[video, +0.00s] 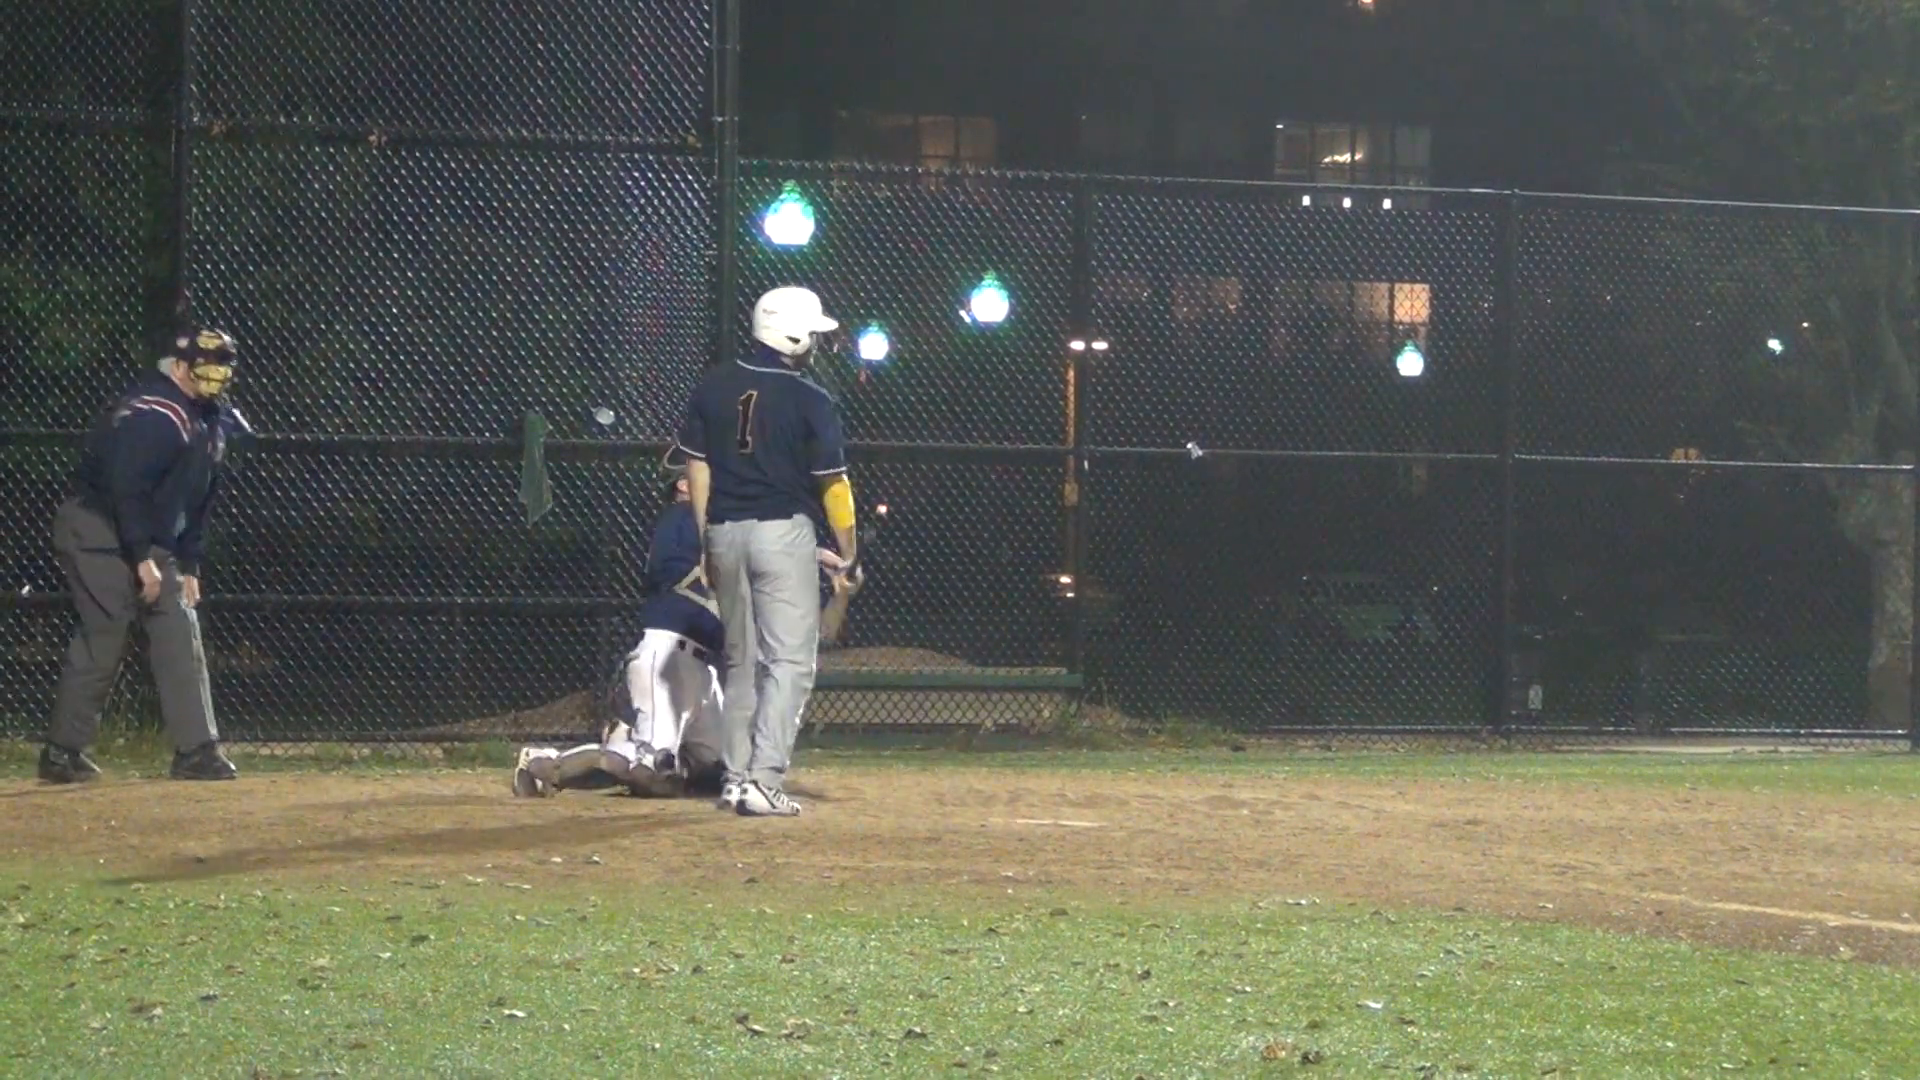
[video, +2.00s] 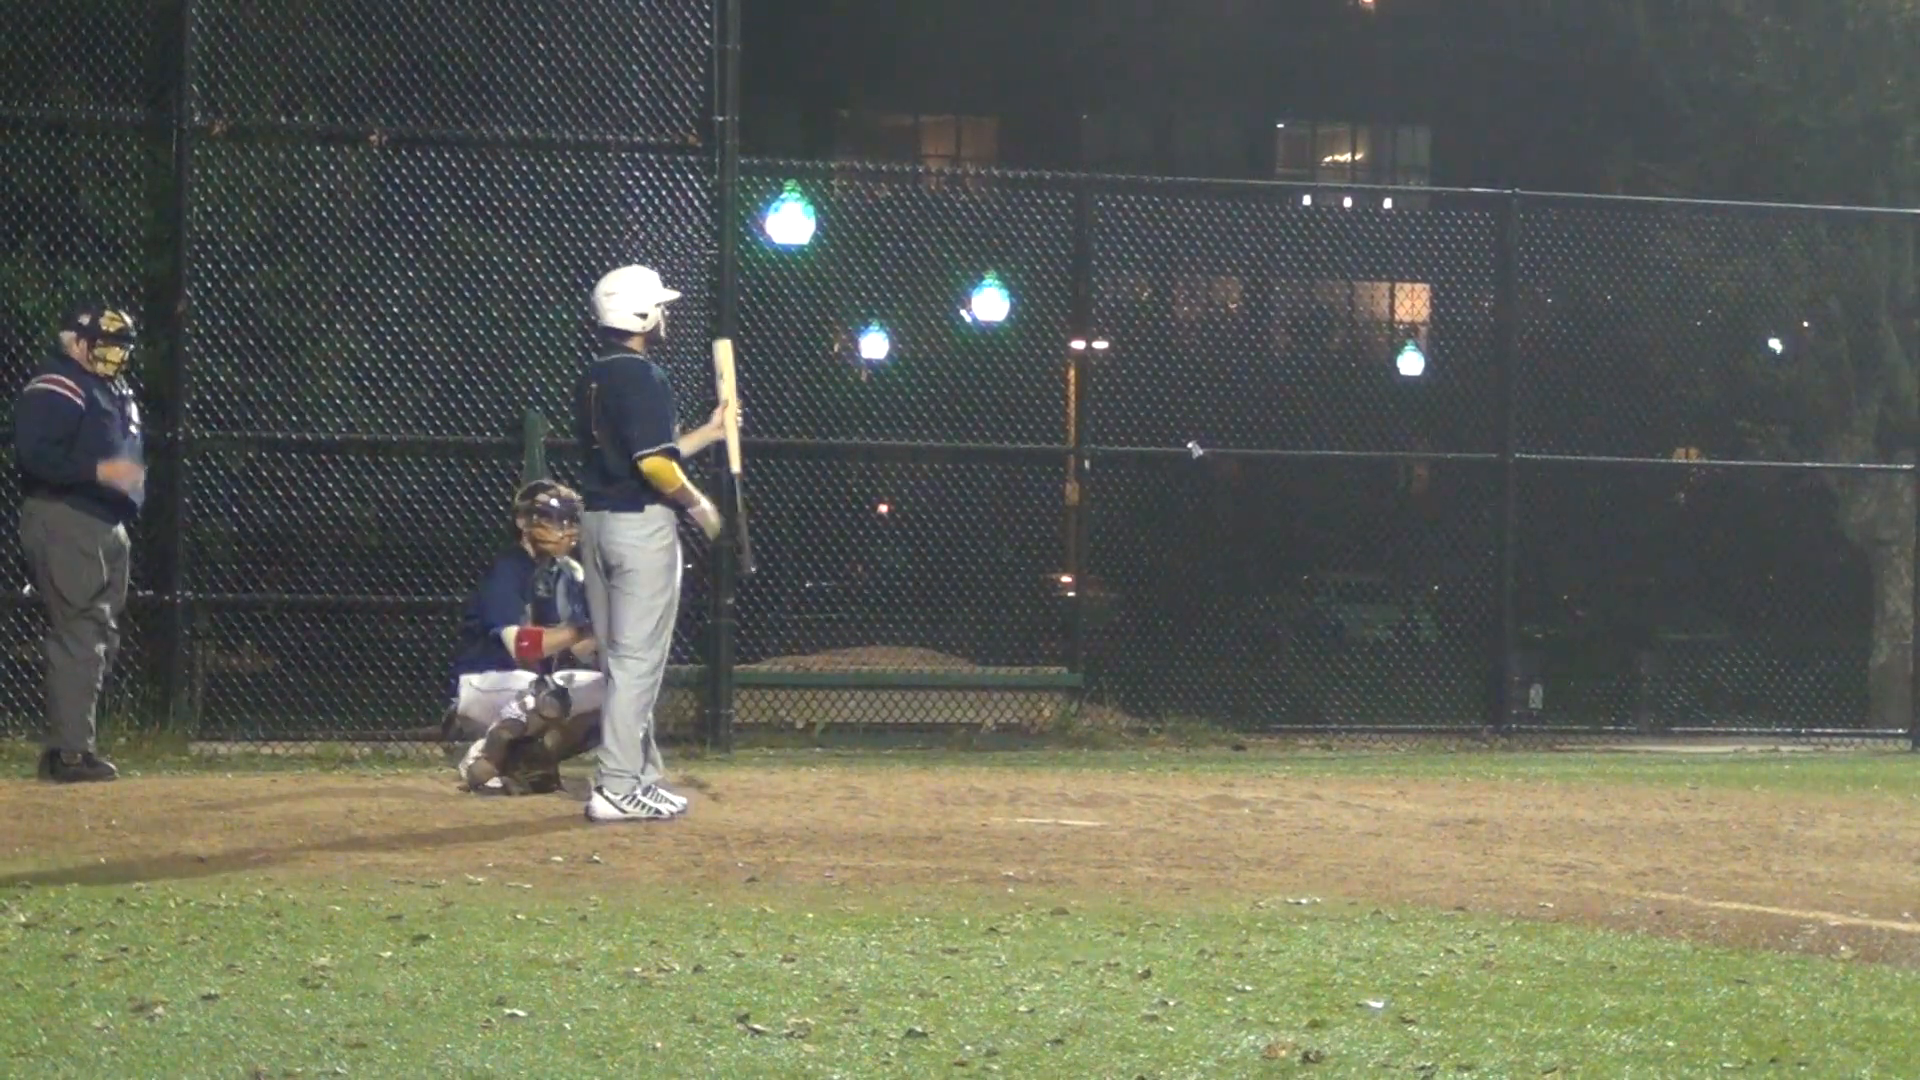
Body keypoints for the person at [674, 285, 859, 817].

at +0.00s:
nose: (816, 343)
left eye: (815, 335)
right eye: (812, 335)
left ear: (760, 331)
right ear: (796, 337)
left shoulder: (713, 385)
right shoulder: (811, 397)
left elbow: (698, 468)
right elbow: (834, 486)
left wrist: (707, 542)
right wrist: (849, 555)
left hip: (723, 535)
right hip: (784, 536)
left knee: (740, 657)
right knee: (790, 660)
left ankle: (737, 775)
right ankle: (764, 782)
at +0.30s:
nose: (799, 334)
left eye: (797, 325)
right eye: (792, 326)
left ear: (743, 326)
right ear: (769, 330)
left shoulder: (701, 380)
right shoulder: (771, 387)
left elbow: (691, 453)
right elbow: (778, 462)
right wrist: (798, 527)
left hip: (706, 529)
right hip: (756, 528)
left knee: (725, 652)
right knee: (771, 657)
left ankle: (680, 749)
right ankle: (763, 784)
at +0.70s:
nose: (737, 332)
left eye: (734, 323)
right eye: (727, 324)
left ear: (688, 333)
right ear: (701, 331)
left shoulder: (655, 382)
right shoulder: (699, 384)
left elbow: (637, 465)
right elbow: (700, 452)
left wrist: (643, 517)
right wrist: (721, 504)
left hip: (648, 530)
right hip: (695, 528)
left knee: (657, 658)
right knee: (731, 656)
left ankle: (638, 785)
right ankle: (762, 781)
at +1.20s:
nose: (681, 320)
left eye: (679, 311)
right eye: (672, 312)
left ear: (632, 321)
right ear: (645, 318)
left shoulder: (596, 379)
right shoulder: (659, 372)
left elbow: (580, 461)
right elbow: (673, 455)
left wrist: (600, 516)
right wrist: (697, 531)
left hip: (610, 528)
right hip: (655, 524)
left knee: (635, 651)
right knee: (727, 630)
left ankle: (633, 782)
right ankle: (687, 742)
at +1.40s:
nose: (671, 319)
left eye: (667, 310)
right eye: (662, 311)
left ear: (623, 320)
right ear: (637, 318)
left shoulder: (591, 383)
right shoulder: (657, 372)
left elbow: (585, 465)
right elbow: (677, 453)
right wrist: (716, 520)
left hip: (605, 527)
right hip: (657, 525)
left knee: (630, 651)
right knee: (685, 647)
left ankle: (628, 780)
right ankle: (646, 766)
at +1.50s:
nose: (666, 319)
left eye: (663, 310)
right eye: (659, 311)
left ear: (616, 321)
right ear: (637, 318)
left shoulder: (587, 382)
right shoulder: (654, 373)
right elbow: (676, 453)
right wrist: (722, 510)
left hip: (603, 523)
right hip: (654, 521)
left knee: (625, 654)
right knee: (665, 653)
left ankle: (628, 773)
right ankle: (630, 779)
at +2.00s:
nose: (666, 315)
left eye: (663, 307)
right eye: (659, 308)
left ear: (615, 319)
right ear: (640, 316)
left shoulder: (597, 374)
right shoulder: (640, 376)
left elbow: (638, 454)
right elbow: (652, 462)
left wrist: (709, 431)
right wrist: (694, 501)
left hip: (601, 524)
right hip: (641, 527)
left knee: (624, 654)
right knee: (638, 657)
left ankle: (635, 773)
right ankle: (617, 786)